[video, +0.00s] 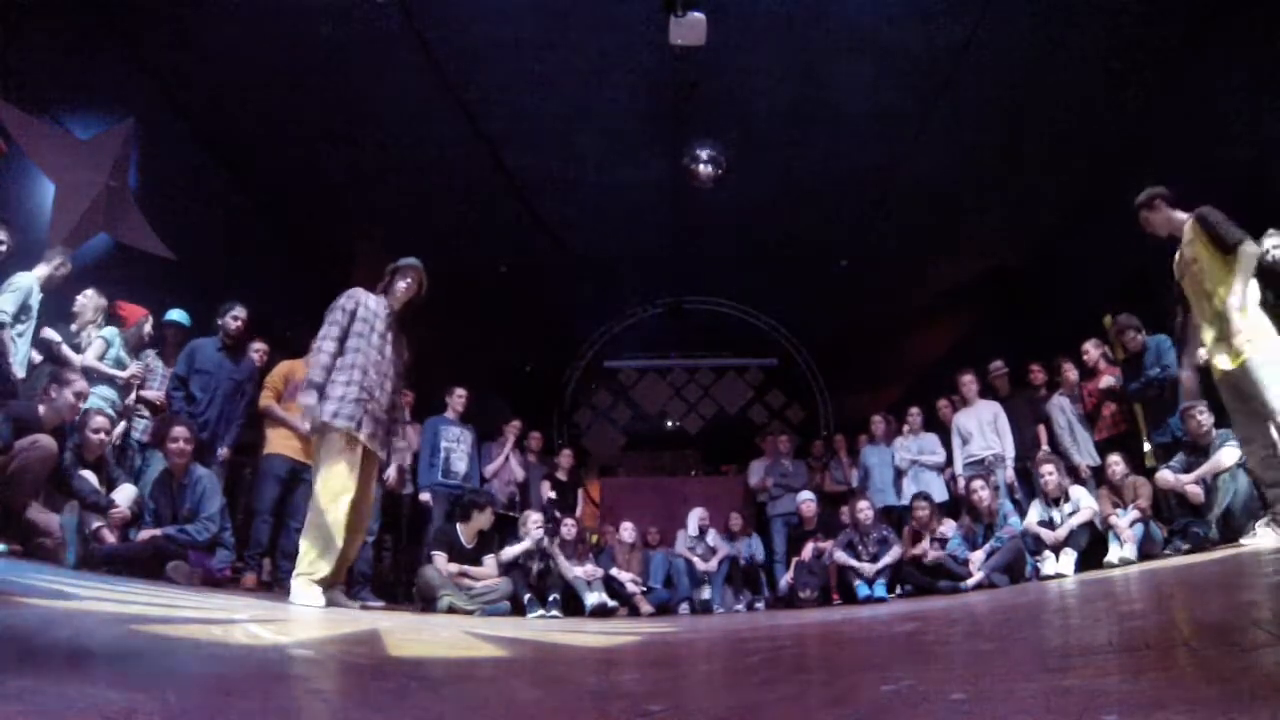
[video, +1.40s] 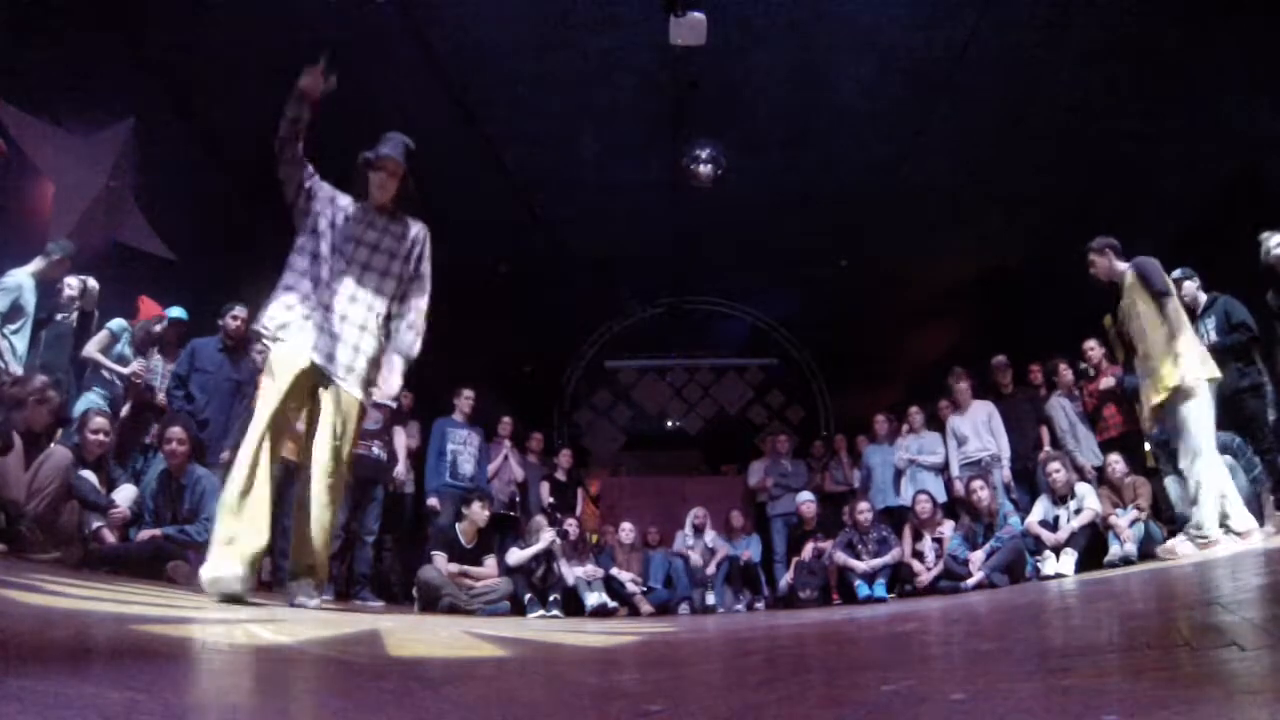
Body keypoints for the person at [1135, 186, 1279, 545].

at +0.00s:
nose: (1147, 228)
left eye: (1146, 220)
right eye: (1144, 223)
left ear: (1159, 207)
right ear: (1155, 215)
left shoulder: (1203, 218)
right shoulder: (1180, 261)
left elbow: (1248, 248)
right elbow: (1195, 314)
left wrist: (1235, 300)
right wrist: (1189, 362)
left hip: (1252, 342)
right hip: (1221, 356)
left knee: (1278, 420)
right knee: (1252, 438)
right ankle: (1275, 514)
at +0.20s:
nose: (1137, 247)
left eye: (1134, 240)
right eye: (1133, 243)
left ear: (1144, 226)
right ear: (1144, 229)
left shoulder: (1179, 233)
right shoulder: (1171, 255)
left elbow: (1213, 265)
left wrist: (1202, 316)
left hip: (1224, 347)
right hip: (1213, 352)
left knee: (1230, 430)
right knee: (1244, 428)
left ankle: (1273, 508)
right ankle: (1271, 509)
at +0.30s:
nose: (1130, 252)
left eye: (1127, 244)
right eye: (1125, 247)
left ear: (1137, 232)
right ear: (1138, 235)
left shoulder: (1167, 240)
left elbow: (1200, 274)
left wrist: (1192, 323)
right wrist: (1265, 354)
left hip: (1211, 352)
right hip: (1222, 352)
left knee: (1208, 432)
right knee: (1251, 427)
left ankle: (1267, 498)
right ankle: (1270, 506)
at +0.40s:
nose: (1123, 255)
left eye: (1121, 248)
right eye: (1118, 250)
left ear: (1130, 237)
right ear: (1136, 234)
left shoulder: (1154, 246)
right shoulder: (1172, 251)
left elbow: (1184, 275)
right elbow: (1222, 303)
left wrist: (1179, 325)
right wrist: (1256, 340)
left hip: (1200, 353)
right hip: (1227, 349)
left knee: (1205, 442)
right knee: (1256, 437)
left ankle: (1228, 525)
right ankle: (1276, 509)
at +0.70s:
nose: (1103, 269)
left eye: (1101, 262)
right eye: (1100, 264)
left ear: (1107, 251)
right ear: (1121, 245)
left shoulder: (1127, 263)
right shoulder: (1155, 266)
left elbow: (1142, 309)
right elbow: (1188, 318)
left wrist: (1145, 369)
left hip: (1175, 368)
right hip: (1198, 365)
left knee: (1188, 456)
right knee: (1223, 444)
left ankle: (1201, 536)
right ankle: (1272, 507)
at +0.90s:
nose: (1094, 272)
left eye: (1092, 266)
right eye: (1092, 268)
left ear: (1097, 257)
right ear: (1115, 250)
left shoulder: (1117, 273)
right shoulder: (1147, 272)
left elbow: (1124, 324)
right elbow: (1170, 327)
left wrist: (1130, 382)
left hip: (1157, 370)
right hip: (1180, 368)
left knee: (1175, 455)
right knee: (1181, 451)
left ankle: (1201, 536)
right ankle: (1247, 497)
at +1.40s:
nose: (1092, 271)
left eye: (1093, 263)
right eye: (1090, 266)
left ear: (1108, 255)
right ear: (1103, 261)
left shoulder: (1143, 266)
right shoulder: (1124, 304)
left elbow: (1176, 316)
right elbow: (1140, 356)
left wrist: (1178, 366)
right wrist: (1146, 406)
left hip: (1186, 374)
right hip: (1162, 385)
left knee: (1196, 455)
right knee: (1200, 455)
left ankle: (1202, 531)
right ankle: (1242, 522)